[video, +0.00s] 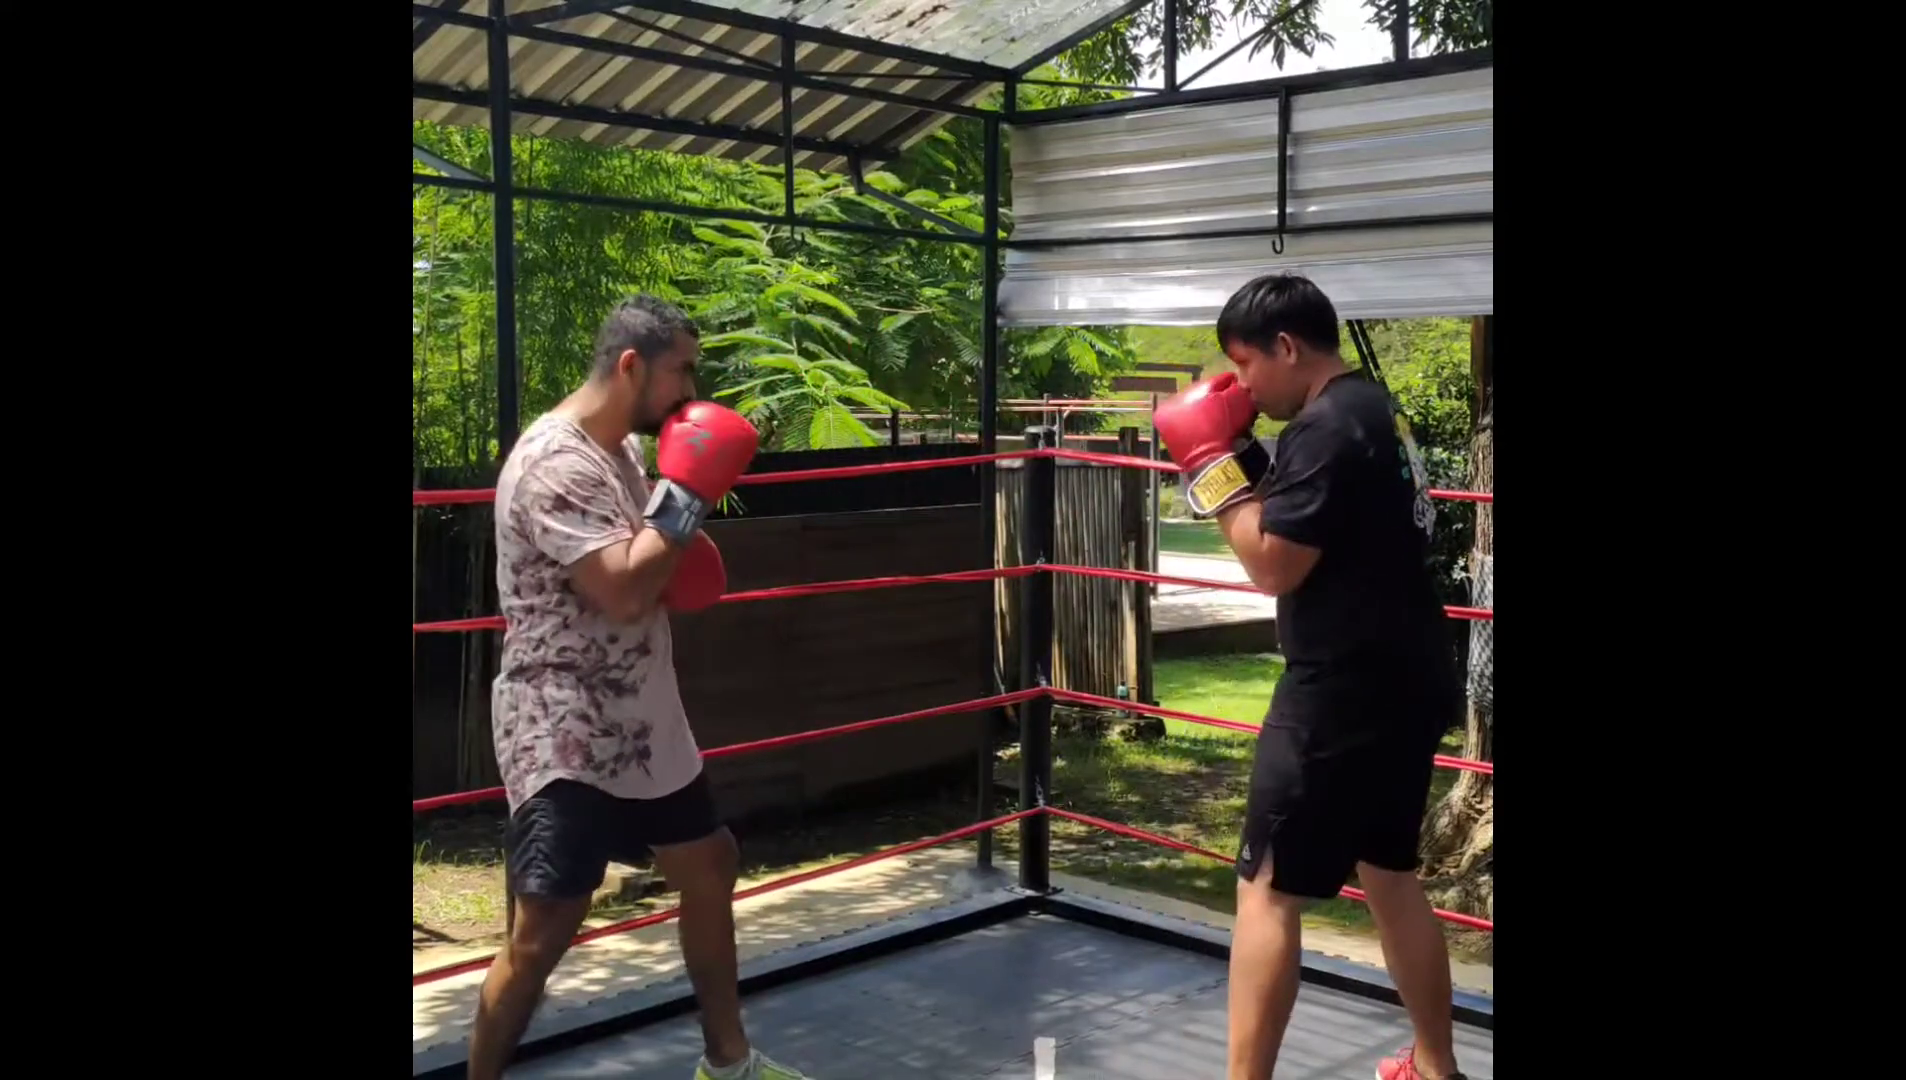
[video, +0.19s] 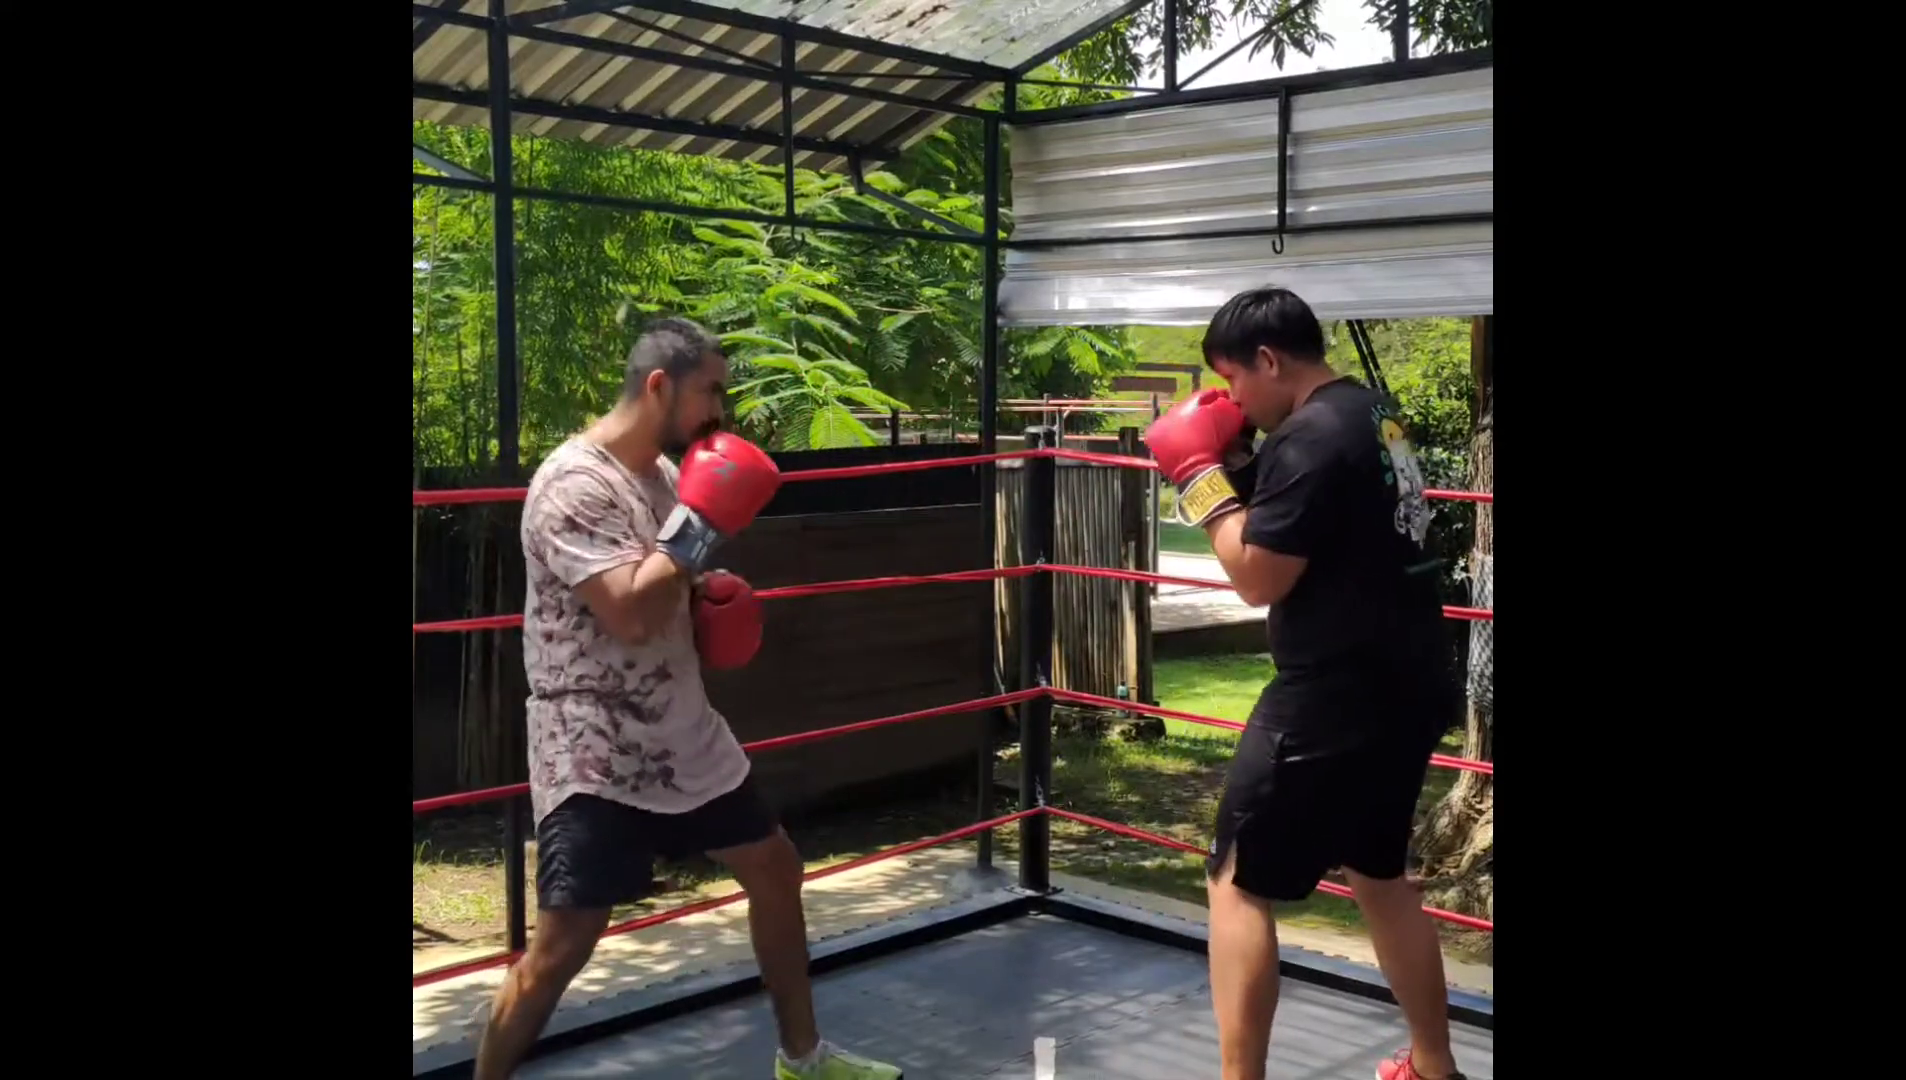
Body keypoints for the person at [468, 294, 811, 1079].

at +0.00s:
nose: (691, 391)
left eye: (695, 373)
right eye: (683, 370)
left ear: (630, 369)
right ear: (631, 365)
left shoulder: (627, 455)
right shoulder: (551, 461)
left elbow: (623, 590)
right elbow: (619, 593)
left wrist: (672, 583)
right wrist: (683, 493)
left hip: (646, 725)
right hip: (565, 735)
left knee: (709, 868)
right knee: (539, 936)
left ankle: (730, 1058)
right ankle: (481, 1074)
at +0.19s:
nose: (720, 412)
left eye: (723, 394)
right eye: (712, 391)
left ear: (661, 389)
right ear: (658, 385)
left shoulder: (664, 481)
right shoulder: (569, 485)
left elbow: (654, 617)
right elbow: (629, 610)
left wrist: (708, 619)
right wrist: (701, 518)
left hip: (688, 740)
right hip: (592, 755)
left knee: (774, 869)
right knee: (560, 948)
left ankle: (802, 1055)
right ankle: (488, 1074)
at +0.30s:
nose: (758, 395)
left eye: (762, 379)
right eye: (750, 376)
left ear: (710, 372)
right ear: (695, 366)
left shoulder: (724, 468)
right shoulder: (598, 463)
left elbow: (760, 543)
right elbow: (620, 576)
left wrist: (817, 542)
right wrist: (714, 505)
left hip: (724, 725)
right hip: (618, 734)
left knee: (797, 868)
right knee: (559, 927)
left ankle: (809, 1054)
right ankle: (489, 1074)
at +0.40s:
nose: (790, 396)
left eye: (794, 382)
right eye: (782, 378)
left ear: (743, 376)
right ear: (726, 369)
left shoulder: (781, 456)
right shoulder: (631, 451)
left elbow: (897, 463)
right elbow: (624, 572)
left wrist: (976, 423)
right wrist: (721, 494)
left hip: (740, 723)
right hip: (629, 726)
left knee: (812, 866)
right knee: (570, 911)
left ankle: (811, 1052)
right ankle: (499, 1072)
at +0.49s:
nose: (802, 407)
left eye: (806, 391)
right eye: (795, 388)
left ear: (753, 378)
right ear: (741, 374)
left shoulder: (790, 455)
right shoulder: (641, 458)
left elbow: (905, 469)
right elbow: (637, 580)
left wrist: (987, 448)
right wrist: (734, 501)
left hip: (750, 729)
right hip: (635, 731)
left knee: (820, 867)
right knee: (572, 910)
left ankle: (811, 1052)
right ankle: (500, 1072)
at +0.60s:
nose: (787, 397)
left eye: (791, 381)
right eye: (779, 378)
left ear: (739, 375)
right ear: (725, 368)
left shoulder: (766, 464)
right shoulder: (627, 457)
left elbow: (833, 540)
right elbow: (621, 585)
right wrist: (718, 514)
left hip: (750, 719)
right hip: (634, 721)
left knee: (808, 868)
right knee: (572, 899)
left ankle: (812, 1054)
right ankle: (493, 1072)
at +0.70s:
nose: (765, 394)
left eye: (768, 377)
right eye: (755, 375)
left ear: (712, 375)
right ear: (700, 370)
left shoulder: (741, 470)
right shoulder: (601, 456)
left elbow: (765, 579)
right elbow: (585, 588)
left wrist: (785, 620)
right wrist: (688, 525)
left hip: (726, 724)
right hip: (610, 728)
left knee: (788, 871)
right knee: (553, 907)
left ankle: (811, 1053)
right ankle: (491, 1073)